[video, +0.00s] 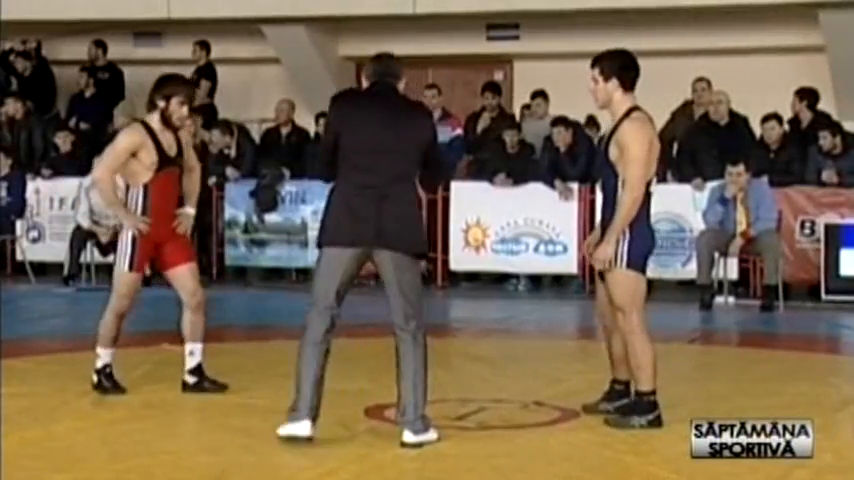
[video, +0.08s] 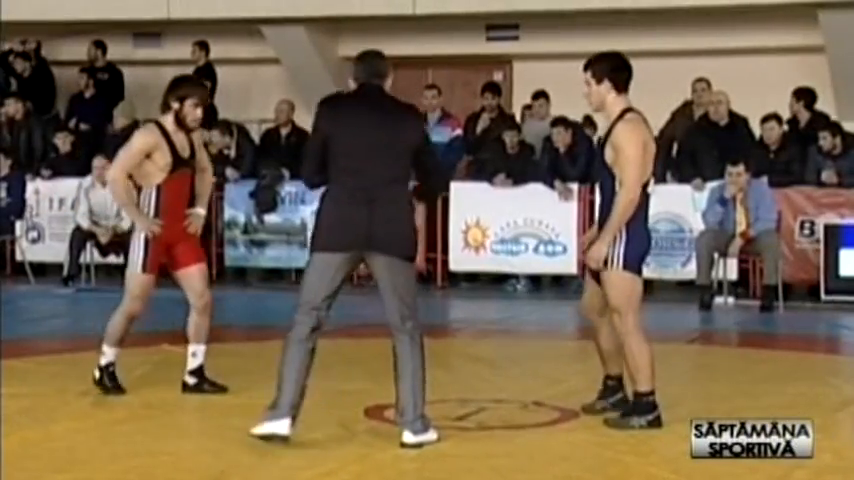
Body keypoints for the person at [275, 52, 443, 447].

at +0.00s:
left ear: (365, 77)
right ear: (401, 81)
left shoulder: (343, 105)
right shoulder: (419, 114)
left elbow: (323, 167)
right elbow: (434, 176)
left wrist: (355, 163)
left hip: (346, 218)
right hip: (398, 221)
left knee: (319, 319)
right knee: (409, 326)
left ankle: (303, 416)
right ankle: (414, 424)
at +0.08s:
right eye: (389, 75)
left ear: (353, 76)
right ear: (389, 78)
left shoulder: (331, 108)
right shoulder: (409, 115)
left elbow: (311, 175)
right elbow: (433, 180)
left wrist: (345, 171)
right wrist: (415, 193)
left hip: (339, 221)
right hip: (391, 223)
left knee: (307, 318)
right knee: (406, 326)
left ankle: (282, 415)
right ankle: (413, 424)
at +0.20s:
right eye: (361, 81)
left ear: (326, 84)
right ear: (360, 84)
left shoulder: (307, 122)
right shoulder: (388, 124)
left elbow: (288, 191)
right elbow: (425, 187)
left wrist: (324, 184)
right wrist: (417, 236)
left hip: (322, 238)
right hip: (378, 239)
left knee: (283, 329)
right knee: (401, 330)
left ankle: (246, 417)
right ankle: (413, 424)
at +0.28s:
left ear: (299, 93)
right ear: (333, 91)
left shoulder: (283, 135)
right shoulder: (365, 131)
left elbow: (265, 201)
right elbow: (403, 193)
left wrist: (305, 202)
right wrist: (409, 242)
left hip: (309, 249)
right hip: (364, 247)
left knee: (266, 336)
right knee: (395, 329)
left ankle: (229, 423)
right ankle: (411, 424)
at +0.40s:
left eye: (255, 88)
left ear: (253, 92)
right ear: (287, 91)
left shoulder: (237, 137)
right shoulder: (314, 128)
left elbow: (221, 208)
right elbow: (349, 181)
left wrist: (256, 202)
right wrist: (370, 221)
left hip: (267, 250)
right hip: (324, 243)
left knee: (236, 341)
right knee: (364, 332)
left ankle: (223, 434)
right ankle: (410, 423)